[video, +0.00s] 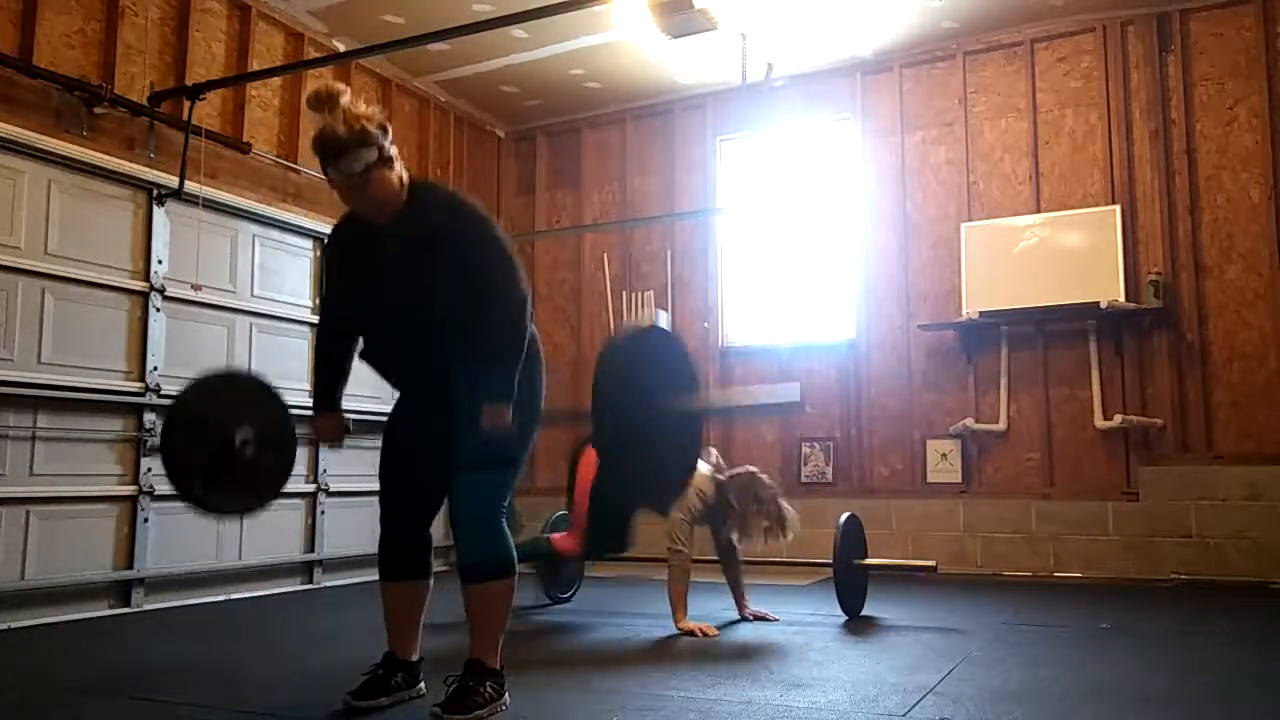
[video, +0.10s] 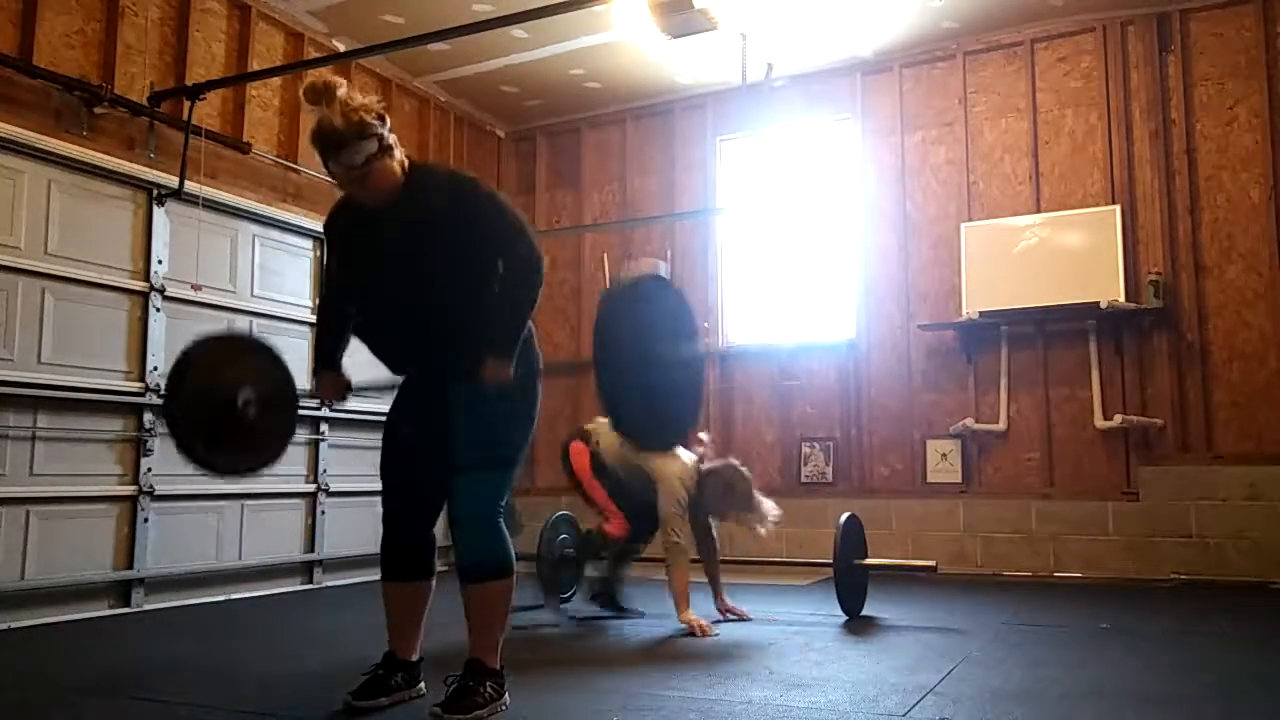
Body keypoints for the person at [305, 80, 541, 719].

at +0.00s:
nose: (372, 186)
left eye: (378, 168)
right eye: (354, 179)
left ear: (395, 155)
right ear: (333, 183)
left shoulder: (450, 217)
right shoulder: (345, 245)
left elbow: (508, 297)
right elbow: (335, 327)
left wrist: (498, 390)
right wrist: (327, 403)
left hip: (495, 379)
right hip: (424, 385)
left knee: (477, 512)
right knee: (401, 512)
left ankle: (486, 669)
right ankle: (403, 662)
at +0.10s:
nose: (363, 183)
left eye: (369, 166)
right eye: (347, 175)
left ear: (393, 146)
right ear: (330, 171)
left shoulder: (451, 194)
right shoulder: (345, 226)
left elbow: (525, 259)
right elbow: (336, 301)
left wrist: (502, 347)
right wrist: (327, 365)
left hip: (494, 371)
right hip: (425, 377)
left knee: (477, 515)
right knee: (404, 514)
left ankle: (486, 670)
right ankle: (403, 663)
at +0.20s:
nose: (352, 184)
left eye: (360, 168)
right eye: (337, 175)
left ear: (386, 147)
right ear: (323, 169)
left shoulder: (448, 190)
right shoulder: (344, 220)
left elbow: (536, 229)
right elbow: (340, 280)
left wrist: (509, 313)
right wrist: (329, 334)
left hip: (496, 366)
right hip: (426, 375)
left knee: (473, 513)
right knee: (400, 510)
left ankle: (486, 670)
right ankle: (403, 662)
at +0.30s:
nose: (344, 189)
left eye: (352, 173)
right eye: (330, 180)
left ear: (380, 155)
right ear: (317, 177)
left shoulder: (444, 194)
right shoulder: (343, 225)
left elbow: (537, 226)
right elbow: (341, 286)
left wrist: (510, 309)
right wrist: (332, 334)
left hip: (495, 370)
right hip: (426, 378)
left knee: (470, 514)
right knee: (396, 509)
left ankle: (486, 670)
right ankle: (403, 662)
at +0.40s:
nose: (339, 191)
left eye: (347, 175)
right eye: (325, 183)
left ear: (375, 159)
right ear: (312, 182)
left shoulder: (442, 203)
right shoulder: (337, 234)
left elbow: (529, 246)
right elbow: (338, 295)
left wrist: (508, 333)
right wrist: (327, 349)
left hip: (495, 374)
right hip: (426, 380)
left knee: (474, 512)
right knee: (403, 512)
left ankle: (485, 669)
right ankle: (402, 662)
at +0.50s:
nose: (340, 201)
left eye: (347, 183)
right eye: (325, 194)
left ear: (373, 170)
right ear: (314, 196)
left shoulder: (443, 223)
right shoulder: (335, 248)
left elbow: (508, 285)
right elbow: (334, 321)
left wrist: (500, 373)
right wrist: (324, 387)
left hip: (493, 376)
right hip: (422, 387)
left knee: (479, 512)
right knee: (406, 514)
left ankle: (485, 668)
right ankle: (403, 662)